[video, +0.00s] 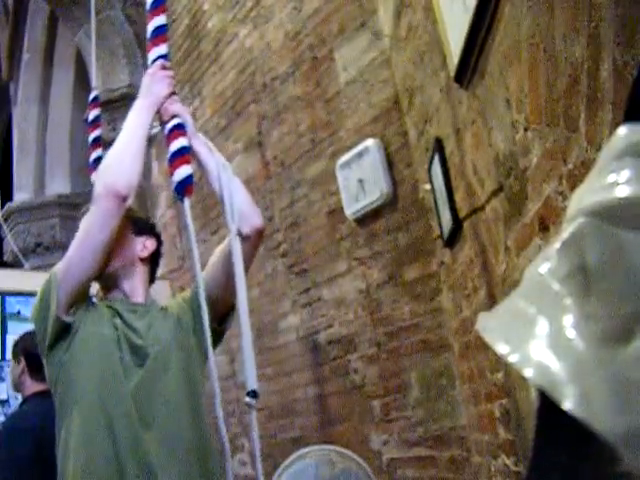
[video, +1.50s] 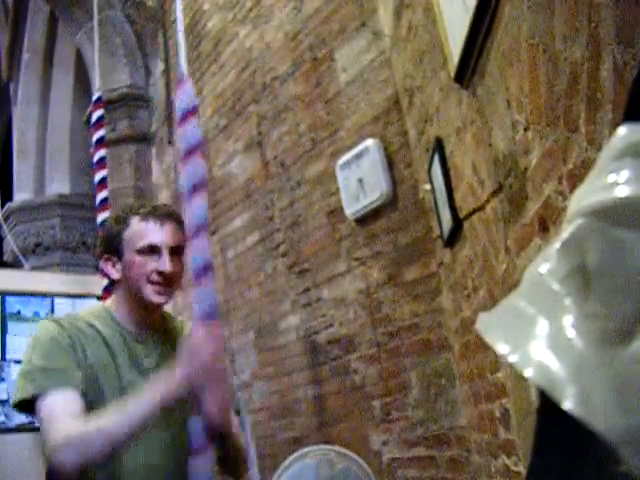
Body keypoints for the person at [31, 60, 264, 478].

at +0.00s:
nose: (101, 238)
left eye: (115, 230)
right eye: (102, 230)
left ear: (146, 245)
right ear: (88, 246)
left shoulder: (185, 320)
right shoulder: (66, 322)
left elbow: (248, 228)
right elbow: (112, 191)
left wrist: (193, 137)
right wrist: (145, 103)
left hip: (189, 470)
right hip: (92, 470)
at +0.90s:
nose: (148, 239)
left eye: (155, 231)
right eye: (137, 232)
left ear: (163, 244)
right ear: (108, 242)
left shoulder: (184, 331)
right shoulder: (65, 325)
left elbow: (251, 280)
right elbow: (126, 237)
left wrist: (193, 191)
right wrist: (142, 154)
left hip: (185, 471)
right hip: (94, 471)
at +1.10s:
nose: (153, 246)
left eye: (159, 235)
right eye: (136, 233)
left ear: (168, 249)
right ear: (97, 255)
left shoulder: (177, 326)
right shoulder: (58, 318)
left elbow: (252, 328)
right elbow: (127, 280)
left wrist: (200, 220)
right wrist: (149, 183)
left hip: (178, 471)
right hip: (90, 471)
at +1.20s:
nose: (152, 242)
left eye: (158, 235)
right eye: (135, 233)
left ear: (169, 251)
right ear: (104, 258)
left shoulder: (178, 334)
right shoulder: (53, 322)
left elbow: (252, 362)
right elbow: (119, 315)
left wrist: (204, 241)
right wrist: (157, 207)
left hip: (176, 472)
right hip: (85, 472)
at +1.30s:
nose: (160, 251)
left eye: (165, 241)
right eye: (143, 240)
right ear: (108, 259)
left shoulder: (180, 332)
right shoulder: (56, 321)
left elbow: (243, 402)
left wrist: (212, 280)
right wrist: (165, 243)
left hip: (175, 473)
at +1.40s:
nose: (163, 261)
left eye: (170, 248)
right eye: (148, 246)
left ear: (179, 256)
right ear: (111, 261)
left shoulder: (185, 332)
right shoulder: (60, 326)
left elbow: (237, 441)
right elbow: (86, 412)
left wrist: (217, 346)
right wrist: (170, 303)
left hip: (175, 473)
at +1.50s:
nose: (167, 267)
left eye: (175, 253)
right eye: (149, 252)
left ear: (184, 262)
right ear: (113, 266)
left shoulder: (190, 340)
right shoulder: (61, 337)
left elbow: (239, 467)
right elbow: (65, 452)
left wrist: (221, 423)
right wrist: (180, 375)